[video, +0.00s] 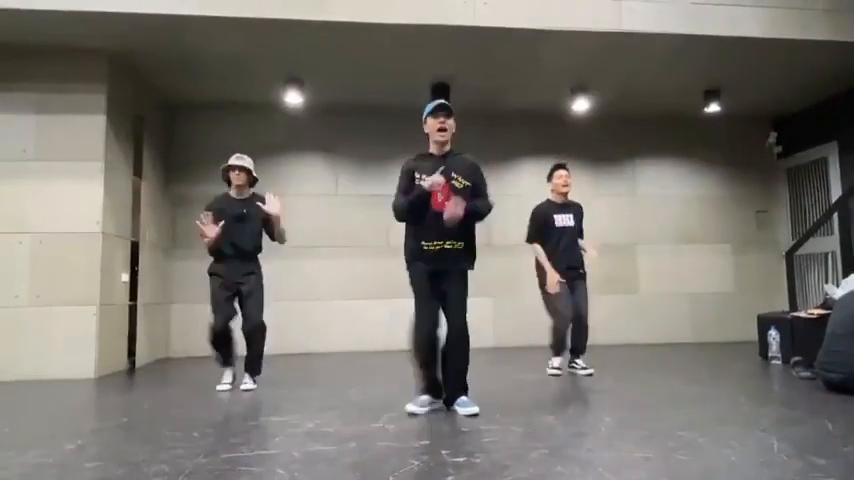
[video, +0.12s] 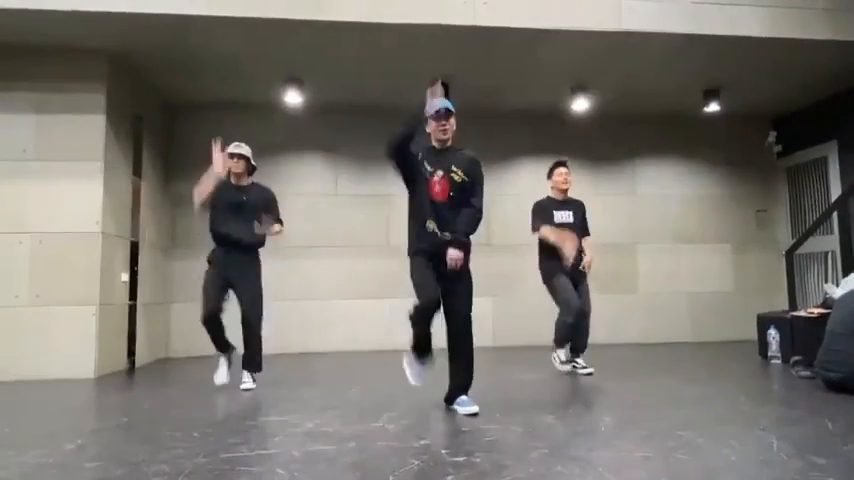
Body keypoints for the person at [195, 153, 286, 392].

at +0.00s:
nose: (237, 174)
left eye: (242, 171)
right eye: (233, 170)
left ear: (251, 176)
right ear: (228, 174)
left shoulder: (261, 203)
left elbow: (279, 239)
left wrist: (275, 217)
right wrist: (211, 238)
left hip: (250, 271)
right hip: (221, 271)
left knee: (254, 324)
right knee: (220, 325)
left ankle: (251, 374)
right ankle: (227, 368)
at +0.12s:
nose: (235, 162)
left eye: (240, 158)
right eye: (231, 158)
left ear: (249, 164)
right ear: (226, 162)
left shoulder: (263, 194)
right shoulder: (218, 188)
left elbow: (278, 226)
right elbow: (197, 199)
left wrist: (269, 229)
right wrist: (214, 171)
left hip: (248, 260)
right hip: (220, 258)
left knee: (251, 318)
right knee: (209, 314)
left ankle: (249, 370)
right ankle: (226, 352)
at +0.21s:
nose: (233, 159)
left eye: (238, 155)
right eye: (230, 155)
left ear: (248, 161)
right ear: (225, 160)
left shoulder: (262, 191)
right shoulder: (216, 183)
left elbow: (274, 224)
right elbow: (200, 159)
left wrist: (269, 243)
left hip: (247, 255)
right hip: (221, 252)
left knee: (247, 313)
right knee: (198, 294)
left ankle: (245, 367)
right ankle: (225, 327)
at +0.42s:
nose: (232, 159)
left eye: (238, 155)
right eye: (230, 155)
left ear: (247, 161)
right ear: (225, 159)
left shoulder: (258, 192)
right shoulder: (216, 186)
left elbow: (267, 226)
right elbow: (203, 198)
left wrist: (256, 247)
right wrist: (213, 171)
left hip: (238, 260)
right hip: (211, 256)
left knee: (237, 318)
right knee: (184, 302)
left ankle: (240, 370)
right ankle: (208, 338)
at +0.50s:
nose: (232, 161)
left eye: (237, 158)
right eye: (229, 157)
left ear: (246, 163)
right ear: (222, 162)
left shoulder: (258, 195)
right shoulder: (210, 189)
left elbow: (262, 227)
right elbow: (206, 219)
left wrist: (253, 245)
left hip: (238, 258)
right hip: (212, 255)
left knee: (237, 315)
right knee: (194, 311)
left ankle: (240, 369)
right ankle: (197, 368)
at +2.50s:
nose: (232, 161)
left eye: (236, 157)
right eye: (228, 157)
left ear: (245, 163)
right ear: (222, 163)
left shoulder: (261, 192)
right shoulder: (210, 192)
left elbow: (275, 224)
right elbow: (198, 221)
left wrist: (269, 241)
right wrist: (191, 225)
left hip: (250, 261)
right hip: (220, 261)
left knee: (257, 315)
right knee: (205, 314)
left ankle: (263, 368)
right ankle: (192, 368)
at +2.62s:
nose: (240, 168)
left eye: (244, 164)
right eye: (235, 164)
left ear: (251, 169)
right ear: (229, 168)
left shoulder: (258, 200)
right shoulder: (216, 194)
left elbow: (267, 234)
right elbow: (212, 226)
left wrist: (254, 217)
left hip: (248, 262)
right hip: (220, 262)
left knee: (261, 315)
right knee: (207, 315)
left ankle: (263, 370)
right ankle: (193, 370)